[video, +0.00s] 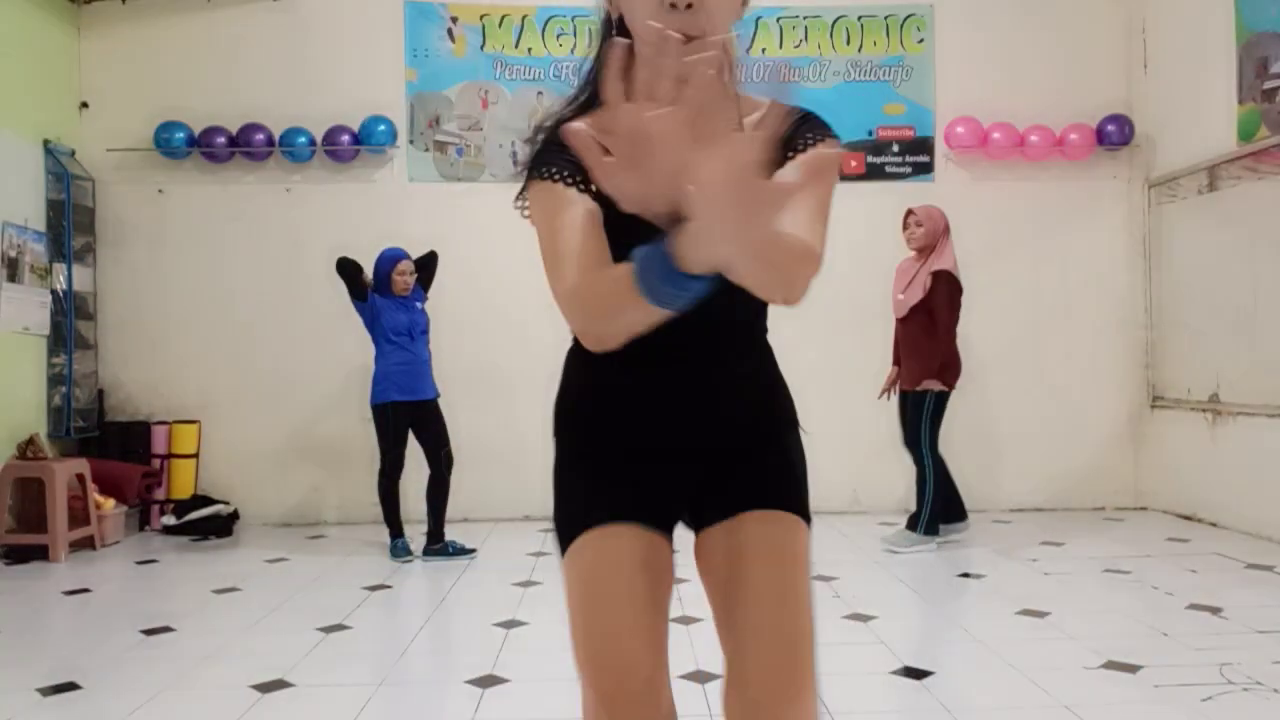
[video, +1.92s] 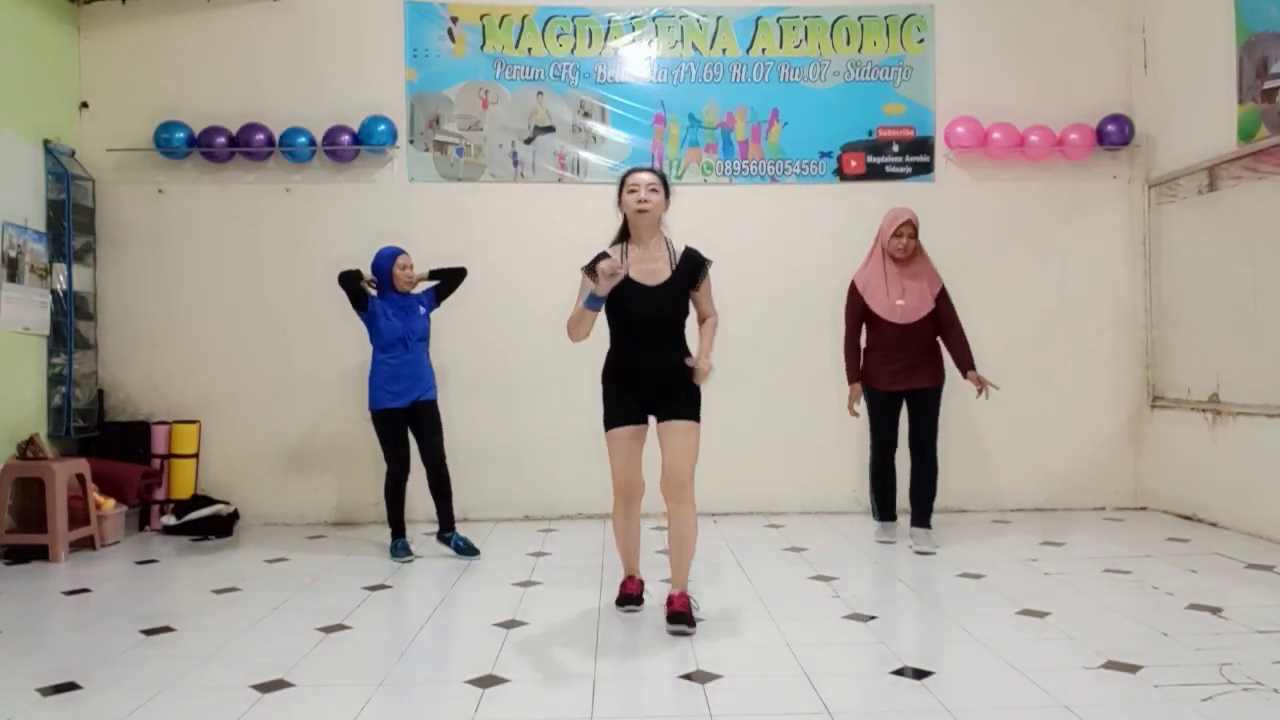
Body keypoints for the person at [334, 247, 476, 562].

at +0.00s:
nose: (408, 279)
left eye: (411, 273)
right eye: (401, 274)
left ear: (414, 276)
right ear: (386, 278)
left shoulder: (416, 299)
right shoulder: (373, 304)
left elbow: (432, 258)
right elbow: (343, 265)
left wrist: (407, 270)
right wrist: (365, 281)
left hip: (424, 396)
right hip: (390, 399)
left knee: (442, 462)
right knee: (392, 466)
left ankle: (436, 541)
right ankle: (397, 538)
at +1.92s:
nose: (411, 274)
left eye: (411, 268)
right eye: (403, 268)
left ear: (412, 274)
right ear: (386, 274)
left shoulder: (422, 302)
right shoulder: (372, 307)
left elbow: (459, 274)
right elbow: (345, 279)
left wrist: (423, 276)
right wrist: (359, 278)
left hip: (422, 396)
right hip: (386, 400)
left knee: (437, 463)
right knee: (398, 467)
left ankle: (448, 531)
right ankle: (398, 538)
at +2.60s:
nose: (406, 271)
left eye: (411, 266)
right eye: (399, 266)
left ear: (417, 271)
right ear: (387, 273)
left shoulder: (430, 302)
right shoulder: (375, 307)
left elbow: (483, 301)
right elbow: (322, 298)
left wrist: (467, 265)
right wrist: (348, 273)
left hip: (427, 395)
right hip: (390, 400)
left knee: (430, 459)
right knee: (400, 468)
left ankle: (456, 529)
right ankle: (398, 539)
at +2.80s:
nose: (414, 270)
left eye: (420, 265)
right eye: (408, 266)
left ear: (427, 271)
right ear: (397, 272)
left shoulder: (439, 304)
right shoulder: (385, 308)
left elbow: (491, 320)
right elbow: (336, 328)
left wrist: (494, 282)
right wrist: (356, 294)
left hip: (435, 398)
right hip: (399, 401)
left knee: (439, 464)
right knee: (404, 468)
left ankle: (459, 530)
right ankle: (398, 538)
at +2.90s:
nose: (421, 272)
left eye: (427, 267)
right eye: (415, 267)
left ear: (435, 272)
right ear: (404, 273)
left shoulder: (445, 307)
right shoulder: (392, 311)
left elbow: (493, 332)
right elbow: (357, 351)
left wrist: (506, 298)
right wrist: (366, 325)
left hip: (442, 400)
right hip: (405, 402)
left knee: (446, 467)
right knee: (410, 469)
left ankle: (458, 533)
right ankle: (399, 538)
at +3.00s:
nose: (427, 271)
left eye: (433, 267)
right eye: (421, 266)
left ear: (441, 272)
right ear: (411, 272)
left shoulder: (452, 306)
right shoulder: (399, 309)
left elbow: (491, 339)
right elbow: (385, 348)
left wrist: (511, 313)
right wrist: (379, 360)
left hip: (450, 395)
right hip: (413, 397)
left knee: (454, 465)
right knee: (419, 465)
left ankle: (459, 533)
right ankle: (402, 535)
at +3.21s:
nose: (432, 270)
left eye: (438, 265)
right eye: (426, 265)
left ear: (447, 270)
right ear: (417, 270)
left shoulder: (460, 304)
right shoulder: (405, 308)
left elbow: (484, 346)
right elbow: (391, 356)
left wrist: (497, 347)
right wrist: (397, 377)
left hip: (457, 395)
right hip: (421, 395)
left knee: (457, 461)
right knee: (434, 454)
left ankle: (459, 532)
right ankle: (425, 523)